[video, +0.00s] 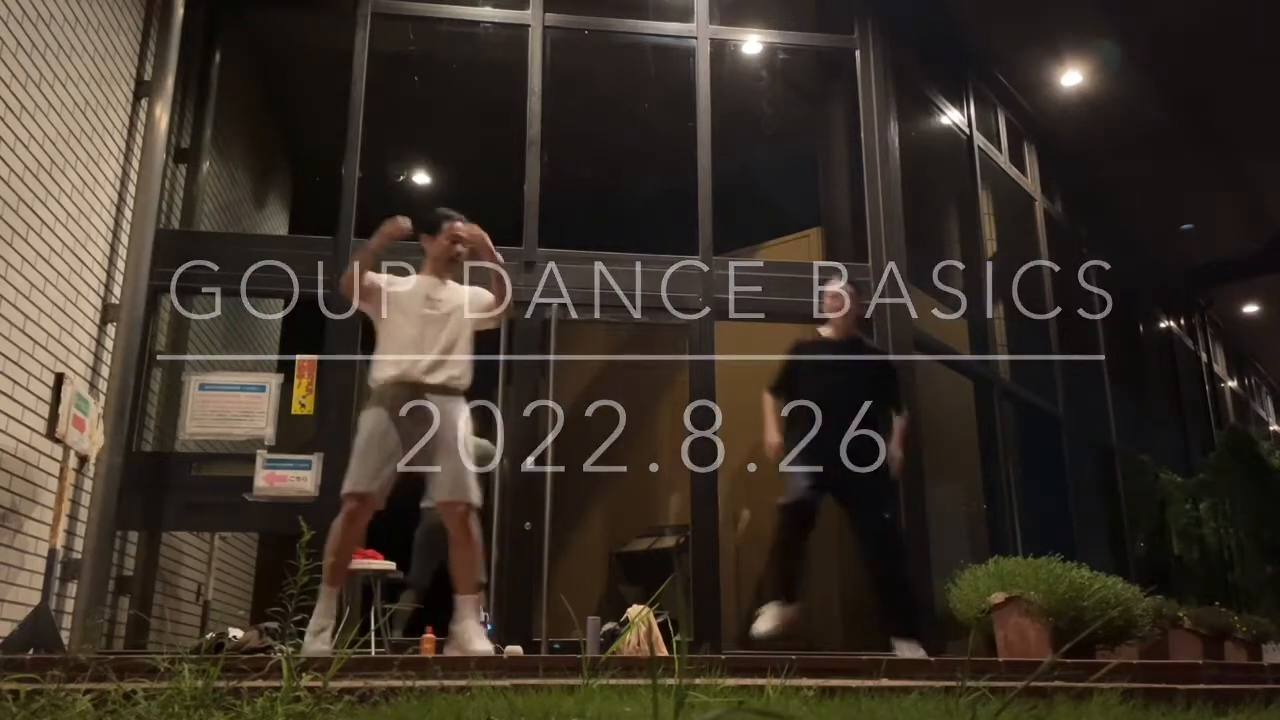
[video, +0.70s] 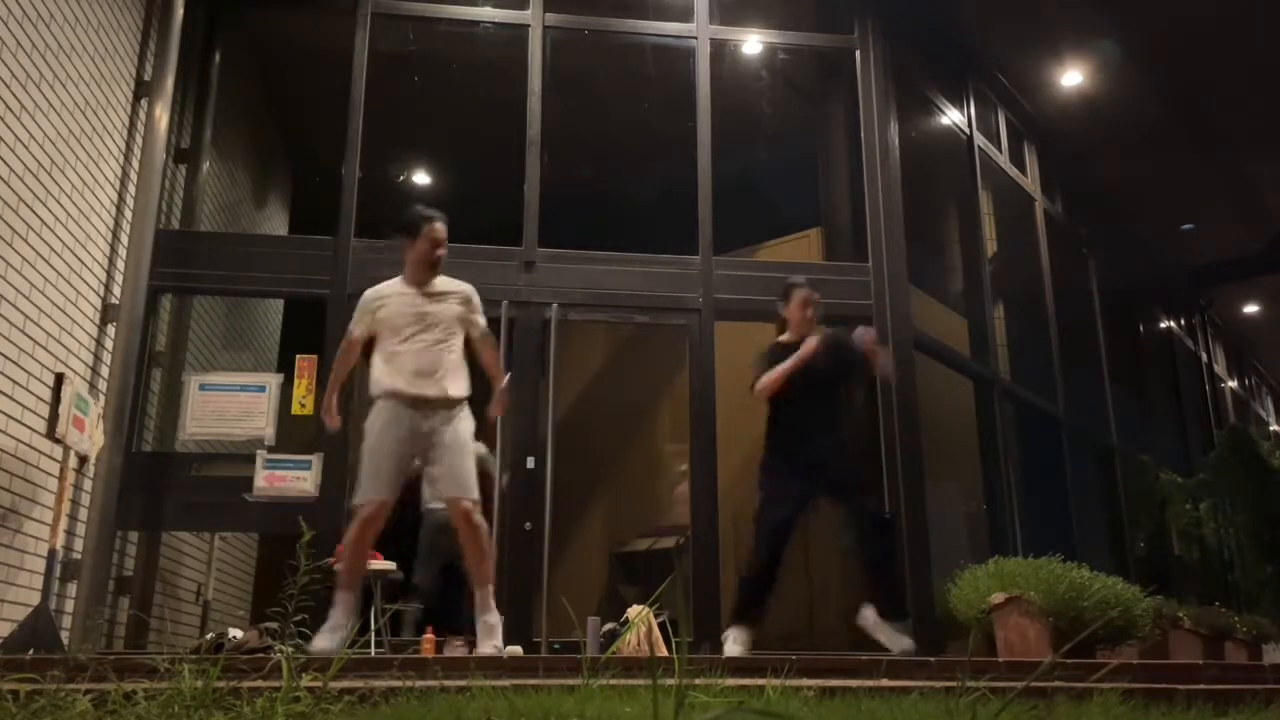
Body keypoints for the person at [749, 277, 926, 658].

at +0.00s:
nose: (833, 304)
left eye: (841, 298)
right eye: (828, 297)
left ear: (857, 307)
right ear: (821, 304)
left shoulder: (876, 358)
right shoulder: (804, 351)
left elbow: (898, 409)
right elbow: (772, 392)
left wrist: (896, 448)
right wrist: (772, 431)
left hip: (861, 461)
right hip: (810, 457)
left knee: (882, 541)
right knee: (793, 514)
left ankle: (903, 634)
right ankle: (779, 601)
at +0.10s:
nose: (828, 297)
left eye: (835, 291)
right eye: (821, 291)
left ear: (847, 297)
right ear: (811, 297)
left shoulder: (864, 346)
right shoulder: (789, 342)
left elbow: (890, 393)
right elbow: (757, 374)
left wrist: (886, 430)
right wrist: (753, 412)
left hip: (853, 455)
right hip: (800, 454)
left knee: (876, 534)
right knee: (775, 527)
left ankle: (886, 622)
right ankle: (753, 618)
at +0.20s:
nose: (811, 305)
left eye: (817, 298)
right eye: (804, 298)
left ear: (827, 305)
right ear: (791, 305)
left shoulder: (845, 351)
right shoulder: (769, 349)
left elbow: (873, 393)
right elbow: (739, 373)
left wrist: (869, 422)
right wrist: (728, 408)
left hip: (834, 464)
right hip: (779, 464)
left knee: (860, 533)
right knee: (757, 546)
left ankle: (843, 612)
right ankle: (734, 633)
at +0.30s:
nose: (791, 321)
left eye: (799, 315)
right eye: (784, 314)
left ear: (810, 325)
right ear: (771, 323)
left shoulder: (827, 371)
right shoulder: (754, 371)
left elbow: (858, 399)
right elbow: (725, 403)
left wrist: (852, 444)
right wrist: (713, 444)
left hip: (815, 476)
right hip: (764, 476)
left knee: (825, 544)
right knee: (753, 552)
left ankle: (805, 621)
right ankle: (734, 637)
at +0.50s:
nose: (779, 342)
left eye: (785, 335)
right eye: (772, 335)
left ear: (792, 342)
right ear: (757, 341)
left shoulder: (811, 387)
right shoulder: (745, 396)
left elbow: (833, 427)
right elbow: (732, 446)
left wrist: (835, 459)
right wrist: (736, 479)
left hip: (807, 483)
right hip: (761, 486)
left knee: (820, 547)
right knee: (752, 560)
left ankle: (793, 618)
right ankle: (736, 638)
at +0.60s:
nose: (794, 327)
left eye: (798, 320)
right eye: (787, 319)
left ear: (803, 325)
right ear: (768, 324)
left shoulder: (820, 366)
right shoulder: (756, 376)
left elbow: (856, 405)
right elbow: (751, 425)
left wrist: (853, 396)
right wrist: (778, 410)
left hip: (817, 475)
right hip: (771, 482)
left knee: (861, 520)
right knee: (757, 558)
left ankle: (841, 607)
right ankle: (735, 638)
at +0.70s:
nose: (812, 312)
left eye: (815, 305)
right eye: (804, 305)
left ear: (819, 310)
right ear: (785, 310)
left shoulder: (835, 346)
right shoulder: (777, 353)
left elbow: (886, 375)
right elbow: (762, 389)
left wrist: (873, 348)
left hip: (838, 459)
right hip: (789, 464)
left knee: (877, 526)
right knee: (769, 543)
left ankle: (876, 610)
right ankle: (741, 626)